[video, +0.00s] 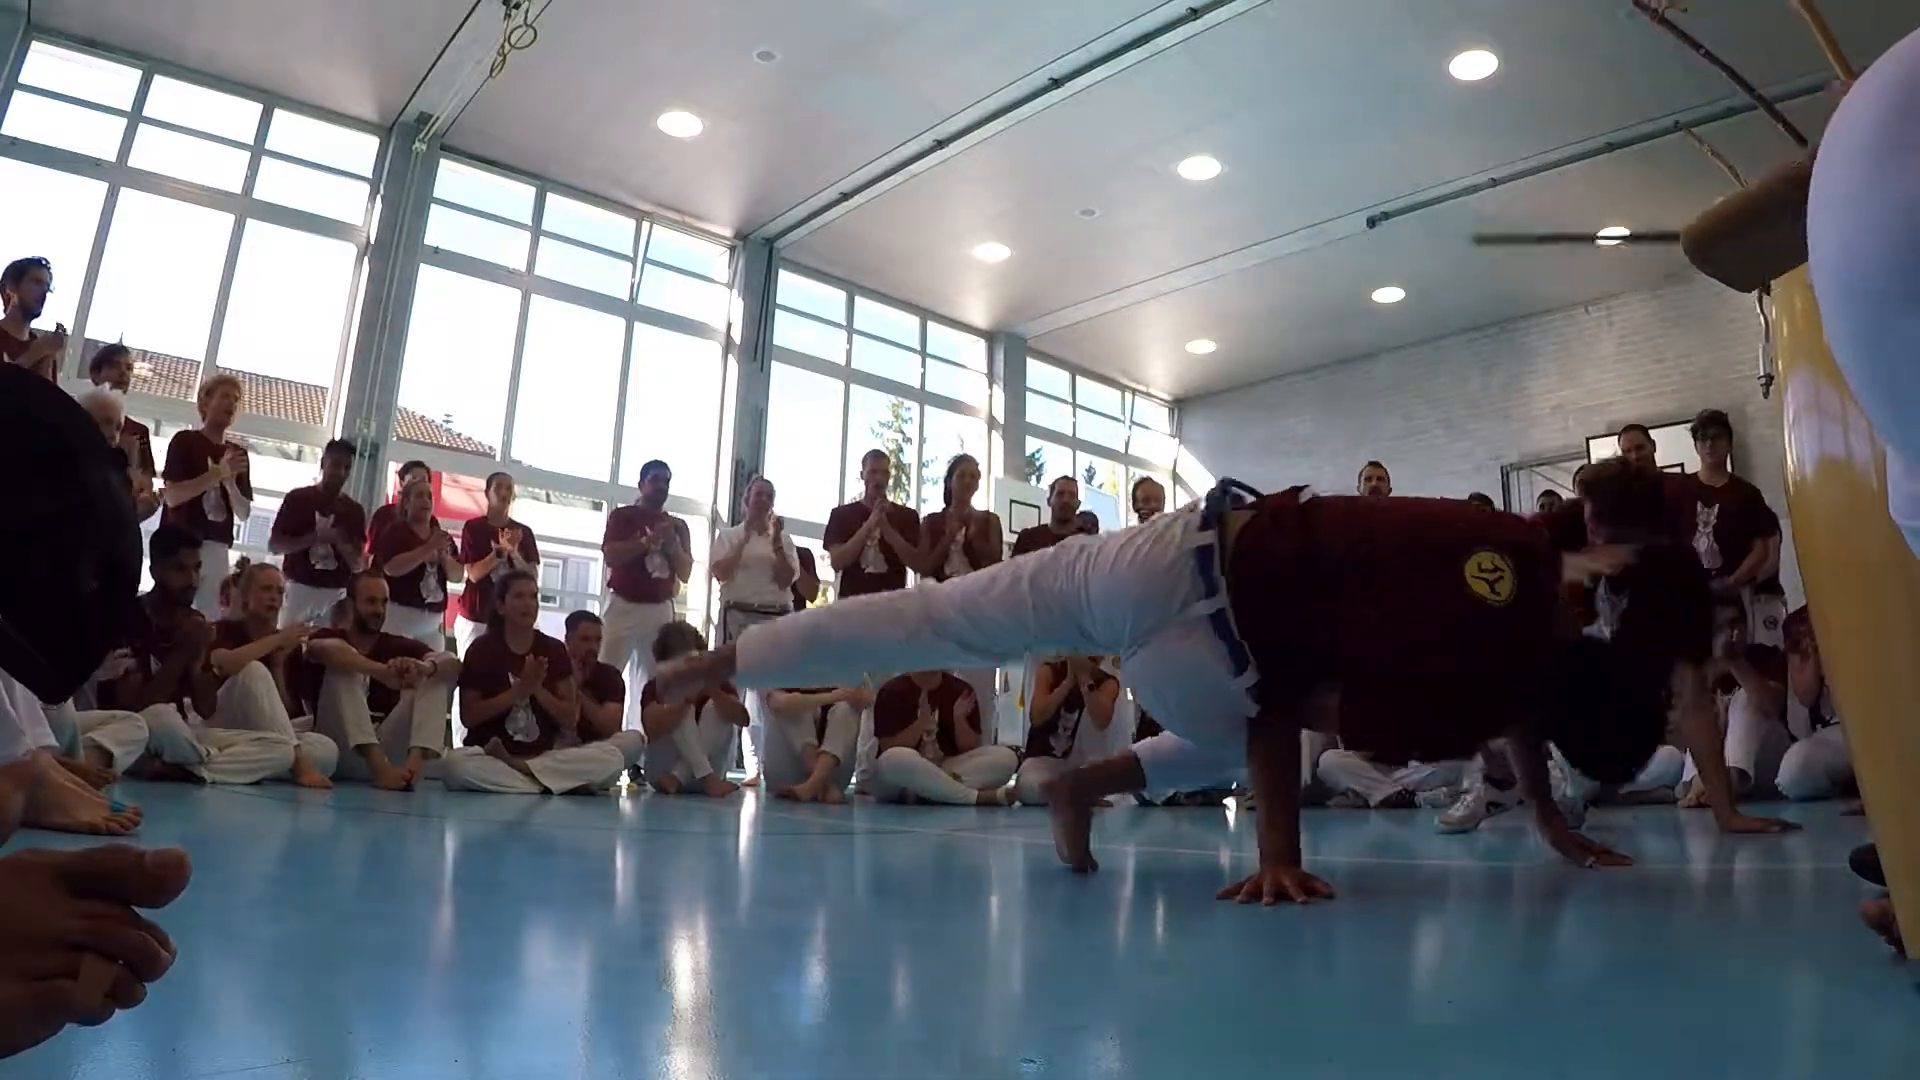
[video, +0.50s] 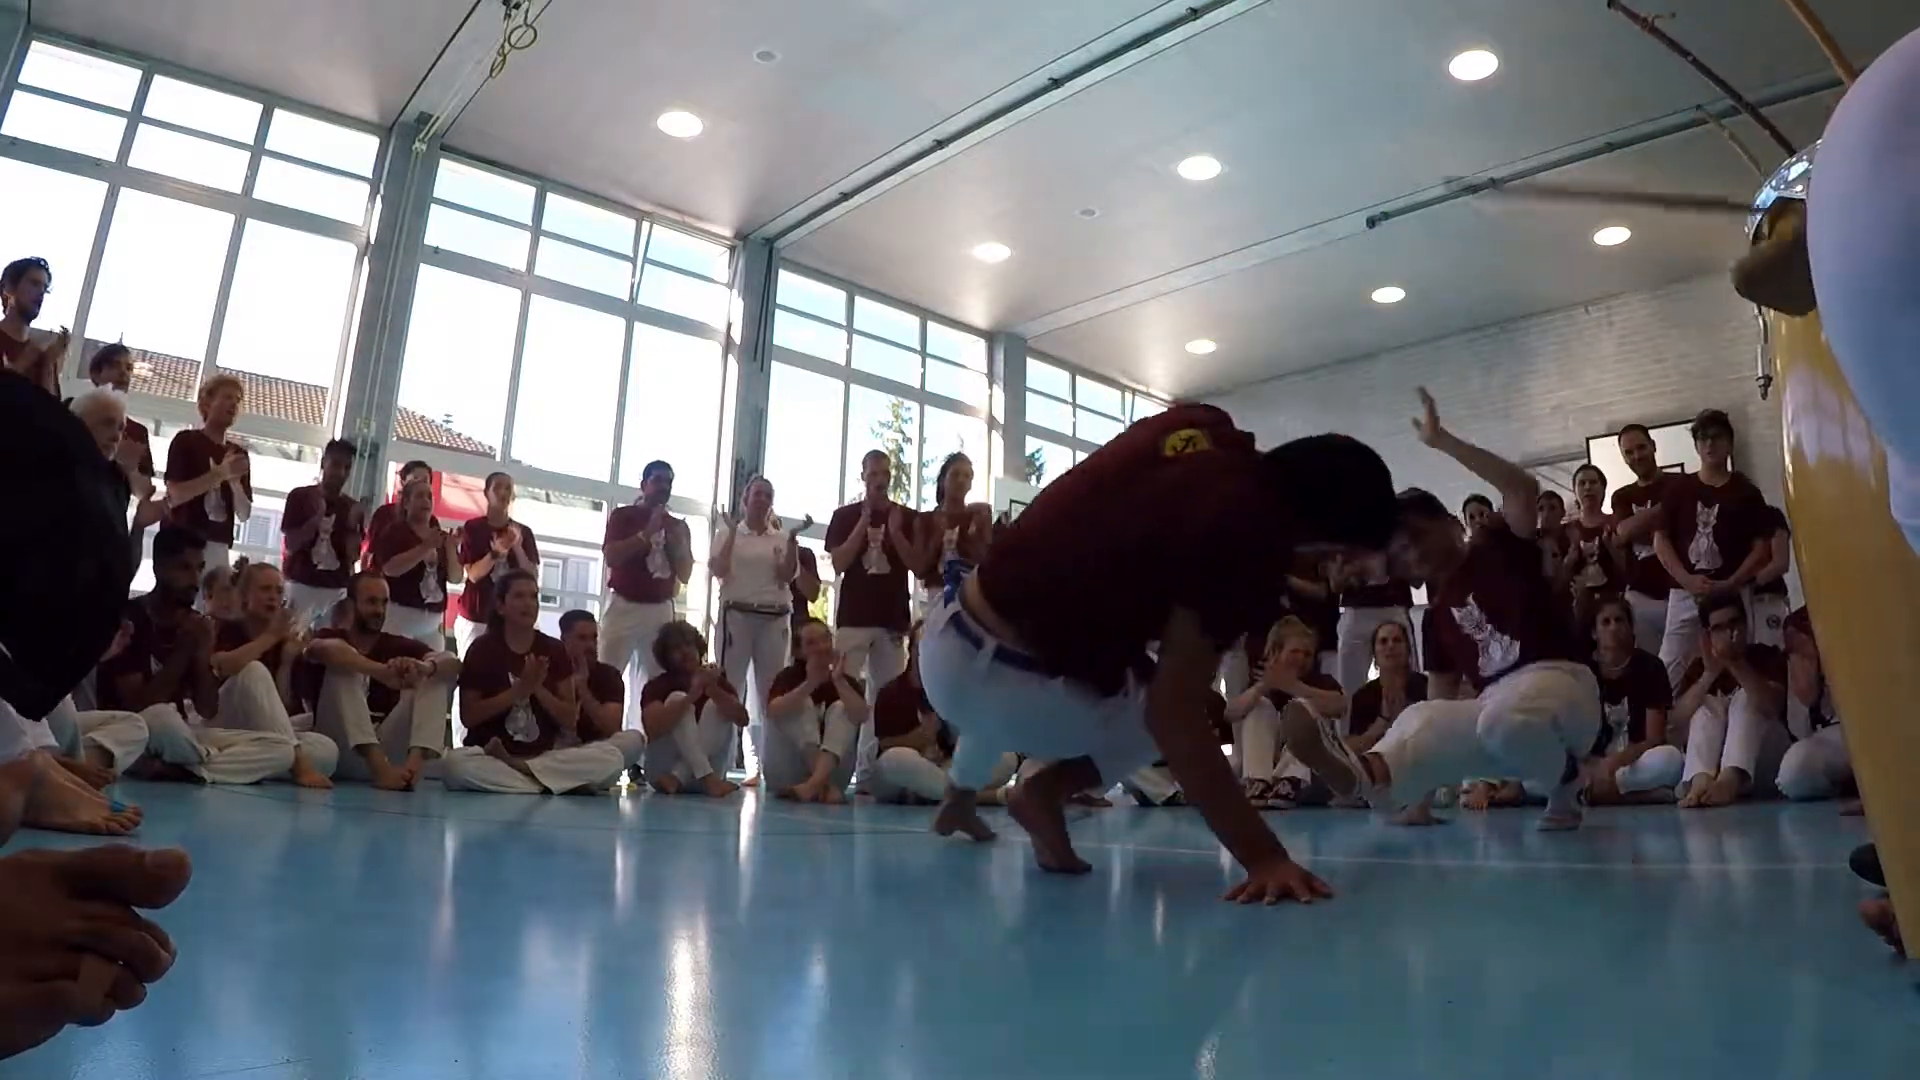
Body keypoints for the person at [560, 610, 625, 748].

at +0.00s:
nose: (593, 647)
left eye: (598, 640)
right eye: (585, 639)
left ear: (601, 642)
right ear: (568, 640)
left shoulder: (611, 675)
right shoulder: (552, 672)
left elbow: (609, 728)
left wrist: (575, 691)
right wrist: (572, 684)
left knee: (634, 739)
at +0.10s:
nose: (592, 646)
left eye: (597, 639)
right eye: (584, 639)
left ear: (600, 640)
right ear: (566, 640)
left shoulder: (610, 675)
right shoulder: (552, 674)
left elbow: (611, 728)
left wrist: (583, 691)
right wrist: (571, 688)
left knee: (635, 739)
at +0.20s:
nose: (592, 646)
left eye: (596, 639)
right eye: (584, 638)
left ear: (600, 640)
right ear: (566, 640)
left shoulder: (610, 675)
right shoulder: (550, 674)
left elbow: (610, 728)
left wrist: (580, 694)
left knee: (634, 738)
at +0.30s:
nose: (592, 645)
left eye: (596, 639)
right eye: (584, 638)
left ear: (600, 640)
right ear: (566, 640)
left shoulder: (609, 675)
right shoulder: (550, 673)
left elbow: (608, 727)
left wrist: (570, 695)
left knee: (634, 738)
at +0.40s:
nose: (591, 645)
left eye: (595, 638)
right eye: (583, 638)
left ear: (599, 639)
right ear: (565, 640)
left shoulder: (609, 674)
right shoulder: (550, 674)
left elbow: (610, 728)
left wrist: (578, 690)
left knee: (634, 738)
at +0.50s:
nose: (591, 644)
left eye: (594, 638)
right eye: (582, 638)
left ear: (598, 639)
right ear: (564, 640)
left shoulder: (609, 675)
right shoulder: (550, 675)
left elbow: (611, 728)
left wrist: (584, 691)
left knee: (634, 738)